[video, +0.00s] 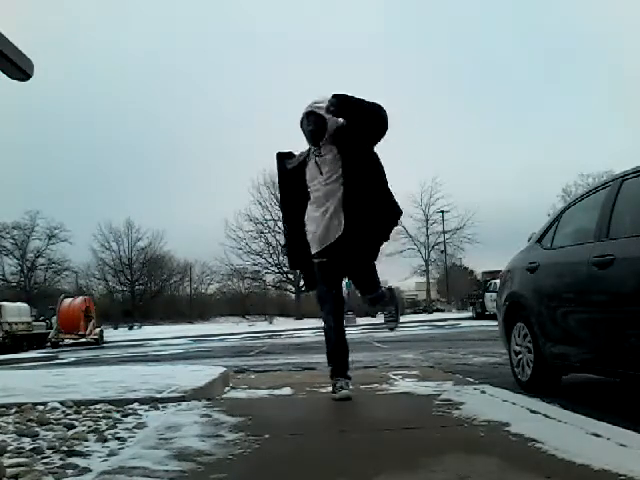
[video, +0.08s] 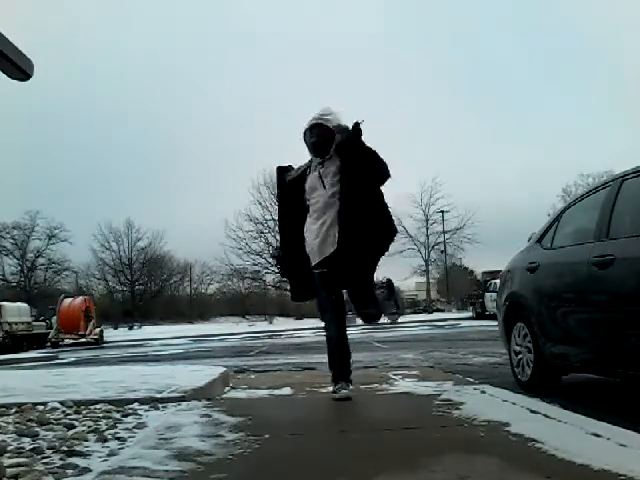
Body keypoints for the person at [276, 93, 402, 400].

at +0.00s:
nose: (309, 127)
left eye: (315, 121)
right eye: (305, 122)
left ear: (328, 123)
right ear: (301, 129)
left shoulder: (350, 143)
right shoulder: (297, 167)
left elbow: (378, 119)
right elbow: (292, 219)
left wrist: (341, 104)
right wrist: (298, 262)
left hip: (356, 237)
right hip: (320, 249)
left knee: (370, 296)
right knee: (332, 315)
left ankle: (388, 303)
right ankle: (339, 378)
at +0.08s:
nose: (314, 140)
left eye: (320, 134)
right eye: (310, 135)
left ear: (336, 135)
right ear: (306, 140)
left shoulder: (351, 160)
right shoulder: (301, 176)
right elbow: (292, 222)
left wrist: (354, 145)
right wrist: (289, 256)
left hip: (352, 249)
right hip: (319, 257)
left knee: (368, 313)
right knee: (332, 320)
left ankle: (384, 294)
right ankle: (341, 380)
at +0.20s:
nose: (330, 150)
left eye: (335, 144)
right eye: (324, 144)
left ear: (345, 146)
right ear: (314, 148)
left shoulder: (360, 177)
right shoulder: (302, 181)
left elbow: (382, 221)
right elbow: (284, 218)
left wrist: (370, 214)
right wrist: (275, 199)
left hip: (356, 260)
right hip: (320, 264)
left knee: (360, 303)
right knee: (334, 325)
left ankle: (383, 316)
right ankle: (341, 381)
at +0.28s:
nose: (343, 134)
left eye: (347, 128)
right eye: (337, 128)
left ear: (352, 131)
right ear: (322, 130)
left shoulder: (363, 164)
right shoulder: (303, 160)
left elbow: (385, 202)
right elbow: (270, 169)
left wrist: (381, 230)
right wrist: (278, 139)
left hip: (353, 247)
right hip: (319, 250)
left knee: (356, 298)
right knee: (333, 315)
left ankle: (376, 346)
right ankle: (340, 377)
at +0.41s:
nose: (349, 124)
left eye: (353, 118)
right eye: (343, 117)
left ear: (355, 118)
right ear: (328, 115)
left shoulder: (365, 150)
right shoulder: (306, 134)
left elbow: (376, 198)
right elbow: (272, 125)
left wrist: (387, 238)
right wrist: (286, 92)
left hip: (355, 235)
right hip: (320, 235)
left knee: (347, 300)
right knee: (327, 301)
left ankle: (350, 371)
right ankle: (333, 362)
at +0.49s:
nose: (349, 130)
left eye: (354, 124)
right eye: (344, 124)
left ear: (359, 126)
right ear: (328, 124)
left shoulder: (369, 159)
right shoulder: (311, 146)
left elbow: (378, 208)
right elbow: (281, 150)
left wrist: (384, 253)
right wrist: (294, 108)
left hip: (354, 244)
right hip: (319, 242)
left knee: (344, 310)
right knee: (320, 304)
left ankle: (340, 378)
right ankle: (321, 346)